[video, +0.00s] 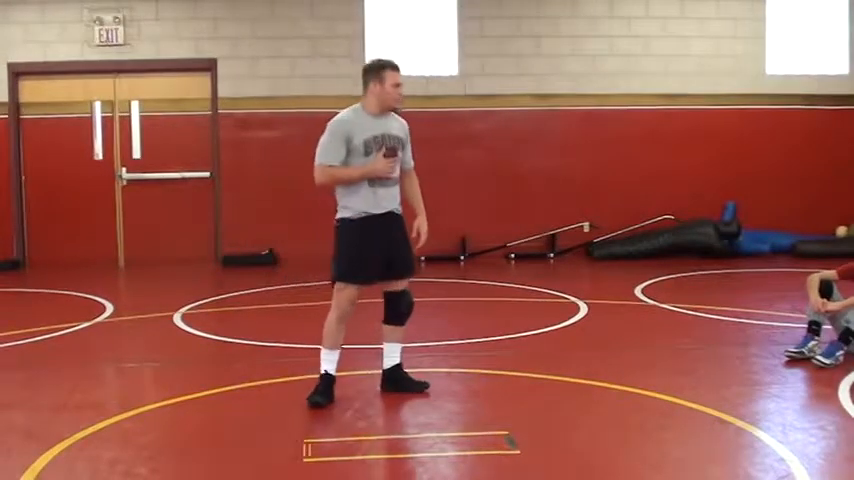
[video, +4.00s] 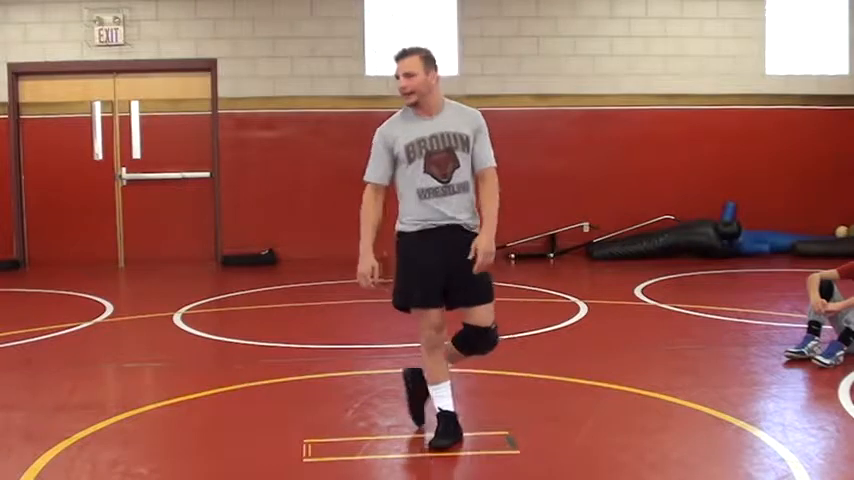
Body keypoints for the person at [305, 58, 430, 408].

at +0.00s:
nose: (401, 92)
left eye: (401, 86)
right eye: (396, 86)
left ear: (388, 88)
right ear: (374, 87)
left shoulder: (399, 125)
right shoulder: (342, 124)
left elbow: (408, 173)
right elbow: (322, 175)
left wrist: (420, 214)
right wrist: (369, 170)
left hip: (391, 222)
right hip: (353, 224)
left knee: (398, 298)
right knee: (344, 302)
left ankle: (392, 372)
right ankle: (326, 379)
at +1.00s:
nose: (485, 93)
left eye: (486, 87)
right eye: (479, 87)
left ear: (474, 89)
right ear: (457, 87)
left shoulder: (477, 124)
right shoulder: (432, 129)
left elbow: (482, 173)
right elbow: (423, 185)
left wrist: (495, 218)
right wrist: (439, 240)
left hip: (470, 225)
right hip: (444, 227)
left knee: (470, 307)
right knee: (460, 307)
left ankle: (414, 353)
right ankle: (473, 382)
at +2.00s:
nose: (561, 85)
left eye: (569, 79)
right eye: (554, 77)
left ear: (579, 85)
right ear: (543, 80)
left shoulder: (584, 131)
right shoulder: (514, 118)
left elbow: (600, 185)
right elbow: (483, 164)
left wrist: (625, 232)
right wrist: (475, 208)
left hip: (559, 229)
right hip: (516, 228)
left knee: (561, 320)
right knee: (524, 318)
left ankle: (552, 397)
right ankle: (510, 377)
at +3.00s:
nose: (522, 91)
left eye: (531, 84)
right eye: (518, 83)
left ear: (549, 86)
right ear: (511, 83)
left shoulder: (569, 134)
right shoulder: (487, 122)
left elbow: (576, 194)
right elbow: (462, 173)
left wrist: (560, 245)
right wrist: (450, 225)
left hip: (540, 237)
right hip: (488, 234)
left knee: (548, 323)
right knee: (472, 321)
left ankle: (550, 399)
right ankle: (455, 408)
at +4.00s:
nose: (403, 84)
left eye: (410, 75)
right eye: (399, 77)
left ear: (434, 76)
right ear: (397, 82)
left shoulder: (470, 119)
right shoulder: (389, 133)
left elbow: (487, 179)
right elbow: (374, 191)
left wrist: (488, 233)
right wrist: (366, 251)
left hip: (464, 234)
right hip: (417, 239)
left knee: (482, 335)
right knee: (433, 330)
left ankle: (422, 375)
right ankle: (447, 418)